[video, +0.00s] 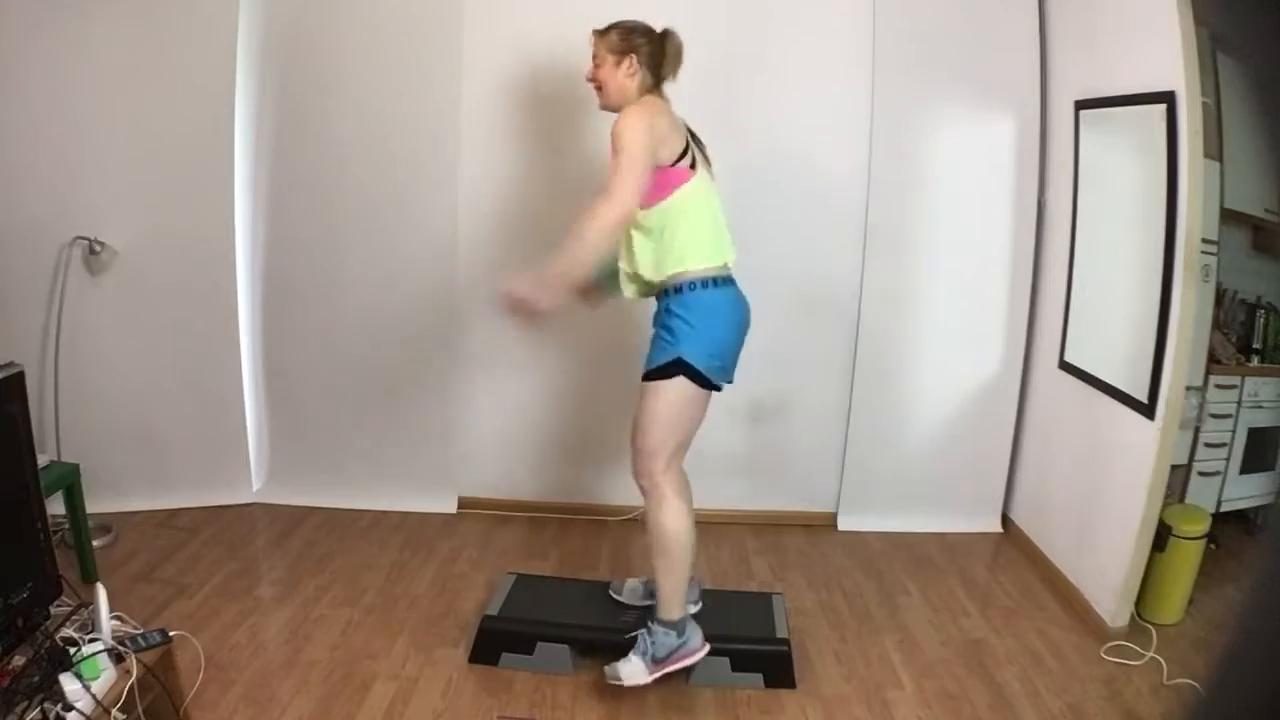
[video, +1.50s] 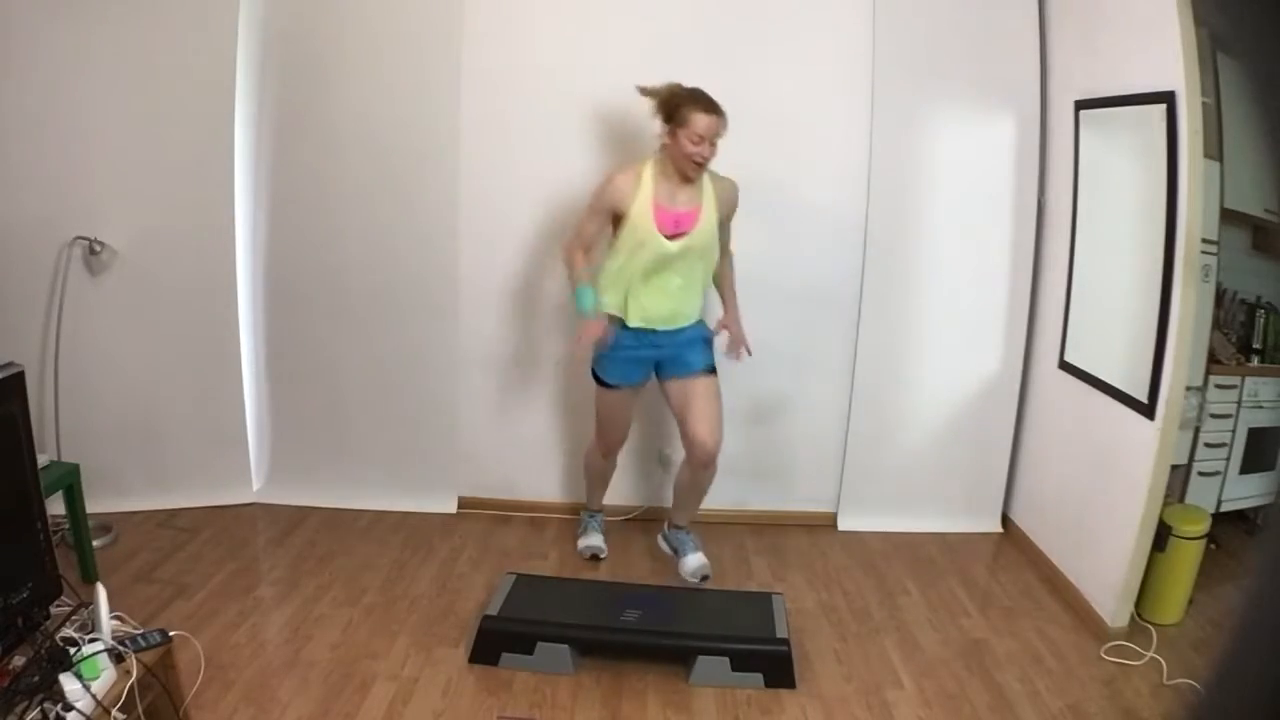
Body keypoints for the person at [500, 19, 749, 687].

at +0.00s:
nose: (590, 74)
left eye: (598, 62)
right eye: (591, 63)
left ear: (631, 65)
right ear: (637, 65)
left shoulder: (640, 119)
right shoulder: (660, 121)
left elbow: (621, 205)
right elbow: (662, 227)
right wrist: (606, 280)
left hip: (697, 306)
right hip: (704, 303)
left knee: (653, 466)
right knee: (661, 459)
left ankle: (674, 629)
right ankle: (674, 584)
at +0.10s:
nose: (597, 87)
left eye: (603, 75)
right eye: (598, 76)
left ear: (635, 75)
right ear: (644, 75)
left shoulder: (645, 123)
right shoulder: (665, 133)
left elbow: (557, 177)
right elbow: (620, 215)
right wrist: (539, 222)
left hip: (703, 316)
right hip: (701, 313)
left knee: (668, 476)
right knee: (641, 447)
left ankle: (684, 637)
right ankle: (675, 575)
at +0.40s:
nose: (595, 86)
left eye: (605, 75)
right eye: (598, 75)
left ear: (639, 80)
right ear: (640, 81)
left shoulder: (653, 136)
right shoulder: (639, 140)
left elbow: (600, 181)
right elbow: (578, 185)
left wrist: (498, 194)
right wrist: (506, 209)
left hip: (700, 335)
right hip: (677, 333)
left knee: (672, 485)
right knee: (621, 453)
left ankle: (694, 647)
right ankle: (669, 571)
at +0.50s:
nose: (594, 41)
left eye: (605, 29)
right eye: (596, 29)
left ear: (642, 40)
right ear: (636, 41)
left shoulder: (661, 99)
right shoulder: (635, 106)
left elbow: (676, 179)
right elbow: (620, 178)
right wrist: (571, 217)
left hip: (691, 291)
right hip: (664, 288)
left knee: (650, 439)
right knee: (635, 431)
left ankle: (691, 599)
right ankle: (670, 563)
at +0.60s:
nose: (596, 22)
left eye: (610, 13)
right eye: (598, 11)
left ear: (646, 27)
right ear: (631, 29)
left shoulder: (673, 94)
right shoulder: (624, 94)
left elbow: (730, 188)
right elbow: (641, 181)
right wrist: (614, 236)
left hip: (683, 278)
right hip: (642, 273)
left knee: (647, 425)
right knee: (629, 418)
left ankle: (668, 562)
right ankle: (670, 543)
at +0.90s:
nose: (633, 80)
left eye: (645, 70)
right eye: (628, 68)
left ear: (680, 74)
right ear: (623, 69)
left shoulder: (708, 138)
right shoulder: (608, 132)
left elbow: (742, 224)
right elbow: (562, 195)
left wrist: (718, 282)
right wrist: (523, 250)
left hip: (684, 313)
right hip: (623, 307)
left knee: (657, 443)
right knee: (609, 425)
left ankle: (660, 569)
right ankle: (624, 496)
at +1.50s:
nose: (705, 150)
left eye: (713, 141)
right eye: (696, 138)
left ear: (718, 141)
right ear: (667, 134)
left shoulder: (722, 194)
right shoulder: (625, 186)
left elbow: (721, 254)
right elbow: (577, 249)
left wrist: (732, 314)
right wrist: (591, 311)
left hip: (688, 336)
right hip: (625, 335)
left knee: (706, 448)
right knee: (607, 446)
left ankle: (679, 531)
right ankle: (592, 517)